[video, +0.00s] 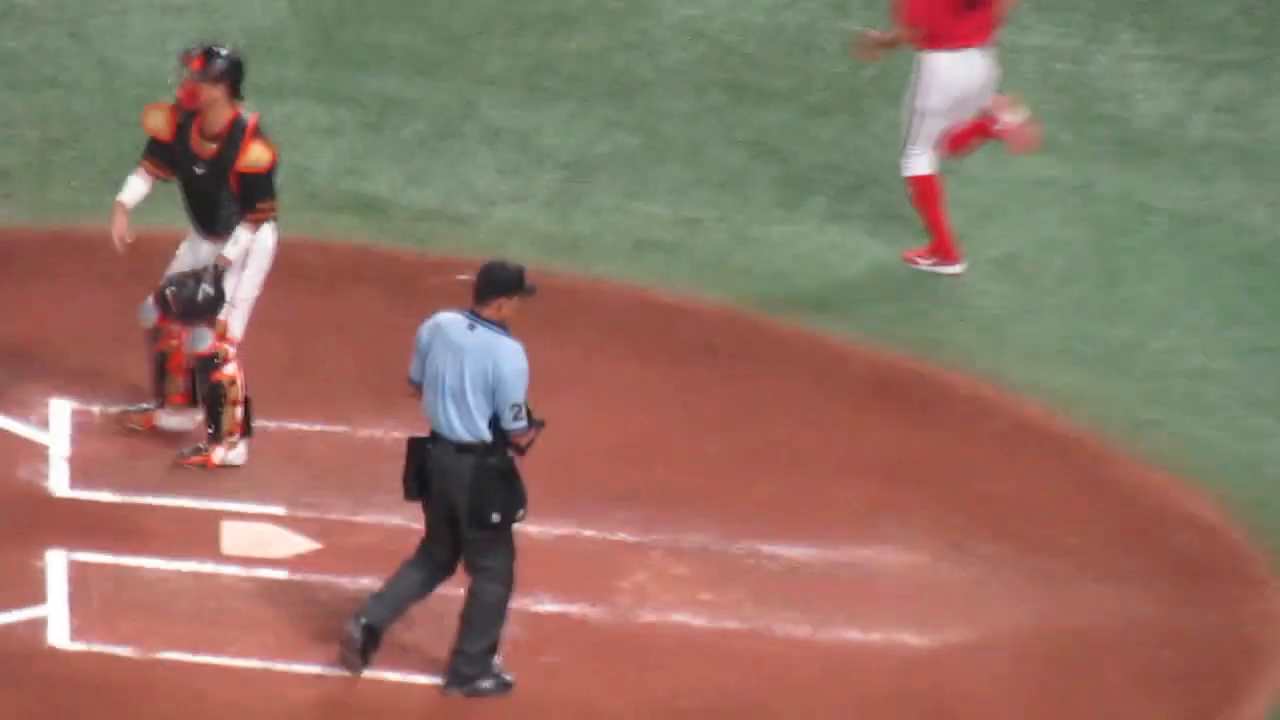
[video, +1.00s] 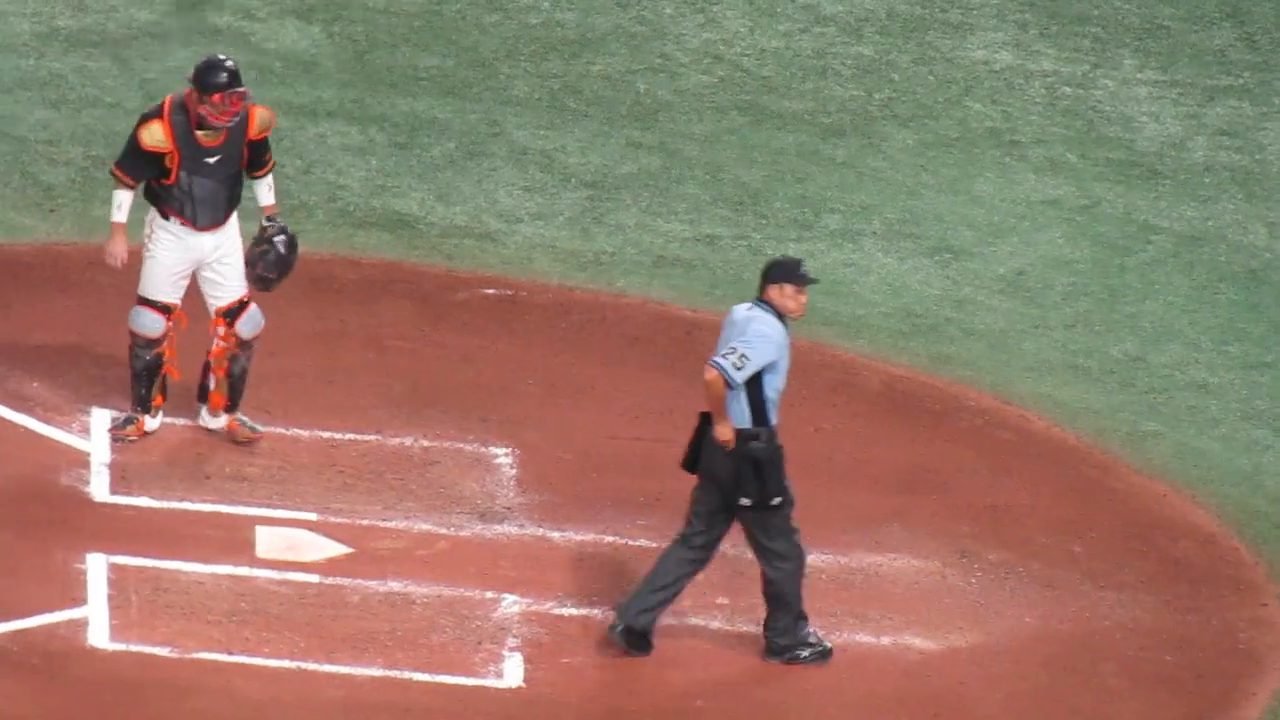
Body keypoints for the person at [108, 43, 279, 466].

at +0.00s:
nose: (189, 88)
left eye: (200, 82)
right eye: (190, 80)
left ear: (225, 89)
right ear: (192, 84)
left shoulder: (250, 145)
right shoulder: (176, 124)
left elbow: (258, 215)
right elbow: (151, 169)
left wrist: (226, 258)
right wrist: (122, 204)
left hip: (248, 241)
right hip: (204, 236)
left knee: (214, 334)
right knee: (162, 313)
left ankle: (230, 440)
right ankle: (175, 407)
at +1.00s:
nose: (230, 105)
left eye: (234, 97)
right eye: (221, 98)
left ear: (239, 94)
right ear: (199, 96)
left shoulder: (250, 122)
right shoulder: (161, 125)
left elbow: (262, 171)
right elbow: (126, 176)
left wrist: (271, 222)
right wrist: (118, 231)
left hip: (223, 234)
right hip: (171, 235)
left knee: (241, 322)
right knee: (148, 323)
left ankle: (219, 411)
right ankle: (145, 412)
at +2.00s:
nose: (420, 151)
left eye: (422, 143)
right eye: (414, 143)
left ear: (412, 140)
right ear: (392, 138)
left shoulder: (407, 162)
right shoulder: (351, 167)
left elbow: (402, 215)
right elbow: (311, 218)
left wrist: (412, 260)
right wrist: (314, 262)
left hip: (378, 280)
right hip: (342, 277)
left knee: (343, 366)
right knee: (366, 374)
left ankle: (282, 421)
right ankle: (351, 472)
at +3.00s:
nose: (589, 164)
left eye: (593, 157)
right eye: (588, 155)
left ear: (574, 146)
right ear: (569, 143)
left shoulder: (564, 175)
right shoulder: (525, 177)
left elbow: (546, 238)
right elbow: (485, 233)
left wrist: (566, 277)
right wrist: (479, 281)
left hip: (534, 293)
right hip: (505, 292)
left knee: (545, 382)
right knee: (516, 391)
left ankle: (513, 475)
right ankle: (482, 485)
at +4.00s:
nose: (630, 225)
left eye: (636, 222)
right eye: (632, 219)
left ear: (620, 188)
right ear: (620, 202)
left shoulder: (593, 184)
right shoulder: (573, 221)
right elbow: (530, 264)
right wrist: (509, 309)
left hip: (541, 311)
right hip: (531, 317)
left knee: (555, 400)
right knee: (536, 416)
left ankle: (520, 489)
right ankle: (506, 509)